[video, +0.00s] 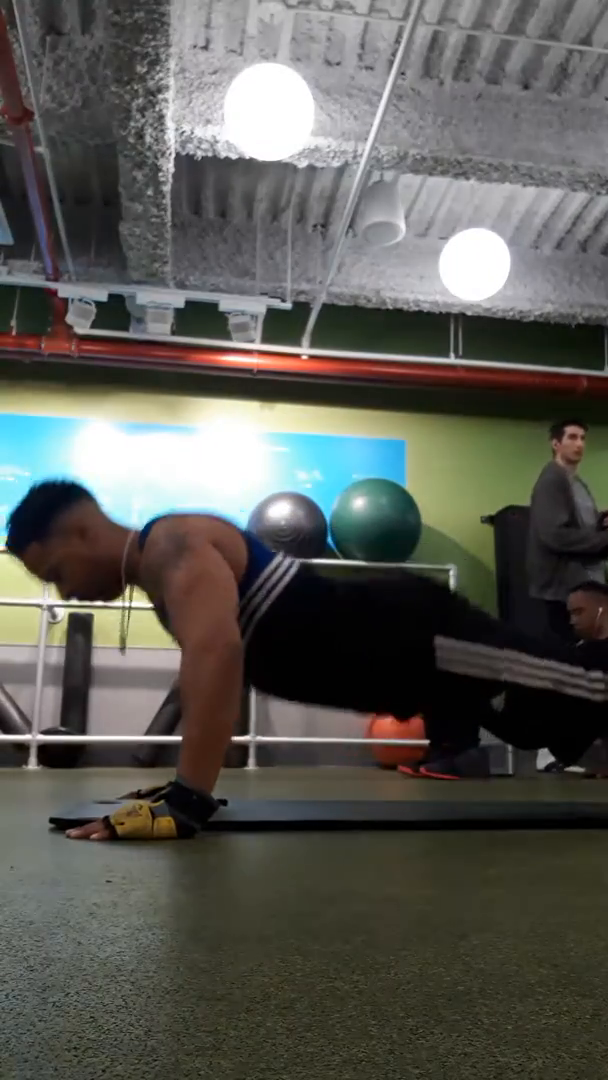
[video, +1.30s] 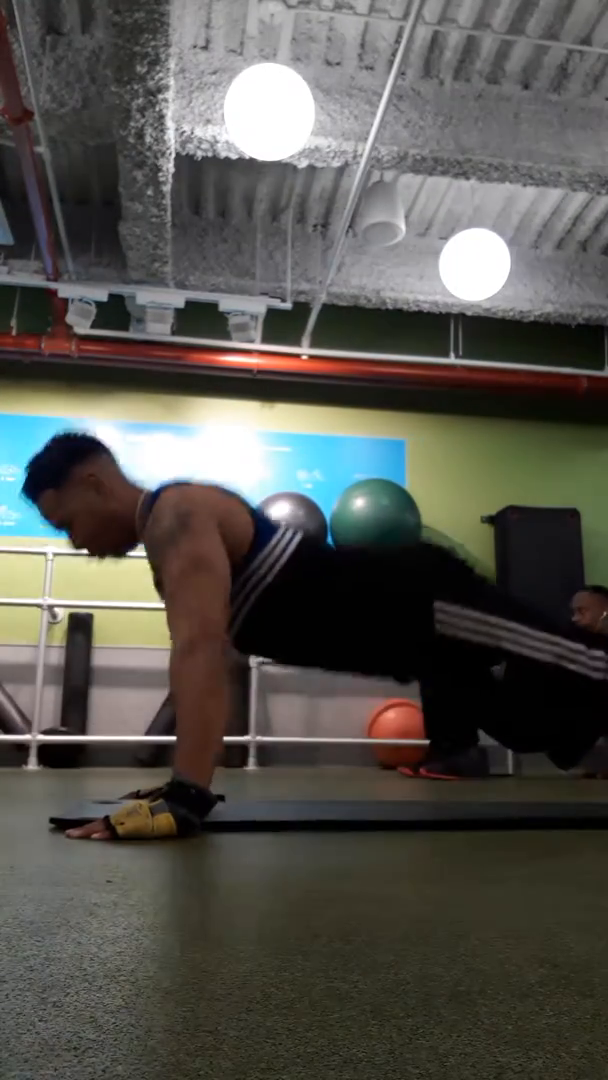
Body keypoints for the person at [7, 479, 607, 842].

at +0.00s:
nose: (63, 594)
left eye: (53, 575)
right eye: (48, 583)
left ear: (78, 534)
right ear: (83, 532)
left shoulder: (174, 543)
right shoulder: (165, 565)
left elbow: (217, 652)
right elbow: (219, 673)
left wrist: (187, 798)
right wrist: (186, 798)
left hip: (421, 642)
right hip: (410, 658)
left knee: (590, 697)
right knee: (568, 712)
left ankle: (591, 622)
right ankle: (588, 626)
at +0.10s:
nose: (48, 630)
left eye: (39, 609)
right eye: (36, 619)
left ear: (70, 565)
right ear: (73, 568)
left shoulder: (160, 577)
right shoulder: (154, 593)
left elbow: (223, 658)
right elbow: (242, 676)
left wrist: (189, 796)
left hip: (399, 670)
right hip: (388, 678)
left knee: (582, 705)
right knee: (565, 705)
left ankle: (591, 628)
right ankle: (589, 629)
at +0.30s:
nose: (21, 712)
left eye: (16, 691)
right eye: (10, 701)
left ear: (53, 640)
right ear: (54, 644)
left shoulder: (129, 647)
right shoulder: (133, 682)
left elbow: (225, 665)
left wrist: (188, 797)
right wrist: (381, 774)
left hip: (406, 713)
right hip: (397, 728)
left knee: (590, 723)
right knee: (568, 711)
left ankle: (592, 637)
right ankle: (591, 634)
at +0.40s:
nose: (25, 747)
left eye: (13, 725)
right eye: (13, 735)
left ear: (39, 680)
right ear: (44, 681)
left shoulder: (122, 672)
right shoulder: (135, 710)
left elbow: (221, 663)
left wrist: (189, 799)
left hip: (392, 726)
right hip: (382, 741)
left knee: (587, 727)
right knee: (556, 718)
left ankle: (593, 638)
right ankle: (589, 636)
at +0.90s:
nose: (43, 656)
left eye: (36, 635)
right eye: (30, 645)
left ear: (63, 596)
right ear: (63, 602)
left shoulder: (148, 607)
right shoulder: (142, 635)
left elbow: (223, 662)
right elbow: (225, 693)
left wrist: (187, 798)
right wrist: (181, 796)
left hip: (383, 669)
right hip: (371, 693)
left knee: (576, 711)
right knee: (553, 733)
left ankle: (586, 644)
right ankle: (582, 641)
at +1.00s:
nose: (55, 598)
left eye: (47, 578)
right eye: (42, 586)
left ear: (74, 541)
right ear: (80, 537)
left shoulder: (165, 557)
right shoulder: (158, 570)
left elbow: (214, 664)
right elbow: (215, 678)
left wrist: (185, 799)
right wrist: (192, 796)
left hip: (416, 636)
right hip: (404, 655)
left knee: (589, 696)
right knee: (555, 733)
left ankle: (586, 634)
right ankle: (580, 642)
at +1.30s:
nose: (76, 544)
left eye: (68, 524)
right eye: (65, 533)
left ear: (97, 483)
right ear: (99, 487)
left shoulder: (180, 513)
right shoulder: (174, 526)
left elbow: (203, 651)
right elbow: (206, 655)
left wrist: (188, 795)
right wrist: (182, 786)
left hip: (428, 611)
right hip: (420, 630)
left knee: (595, 680)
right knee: (569, 732)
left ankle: (590, 616)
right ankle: (584, 623)